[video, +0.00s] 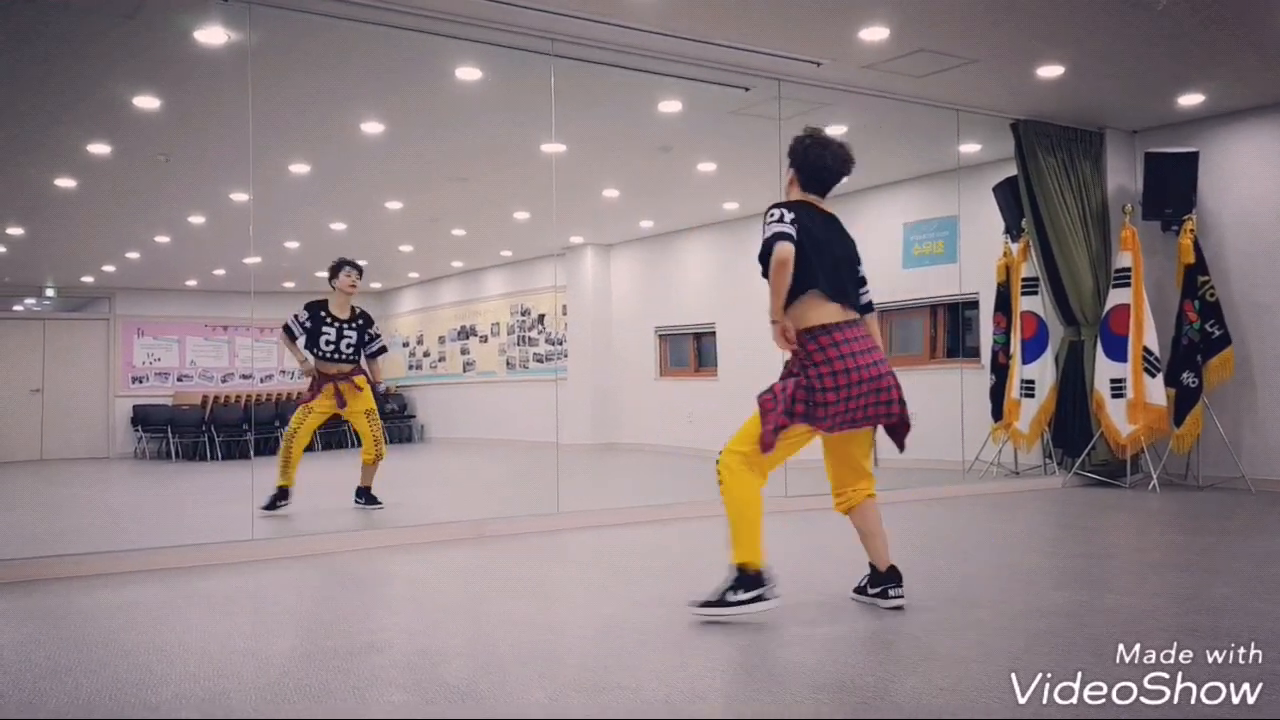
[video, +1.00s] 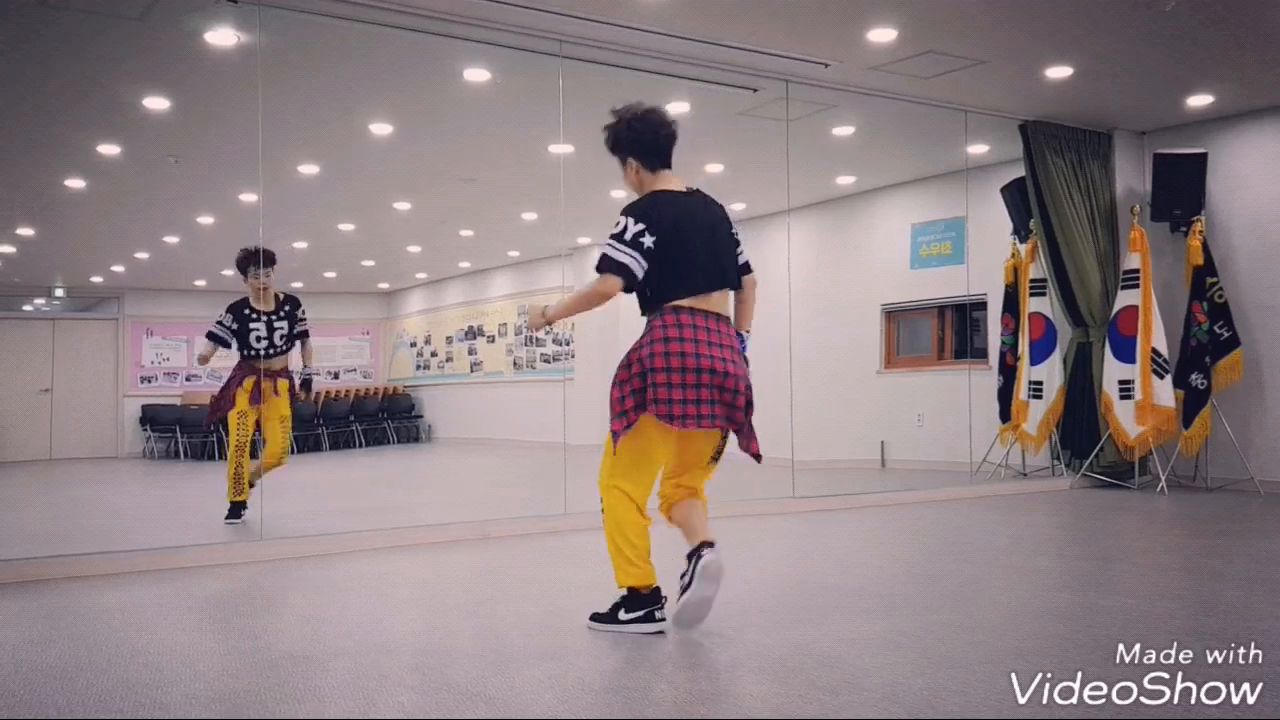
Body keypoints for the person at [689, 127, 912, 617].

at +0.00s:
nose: (784, 177)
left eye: (785, 170)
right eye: (789, 171)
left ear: (792, 175)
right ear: (832, 184)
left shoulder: (783, 214)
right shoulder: (840, 231)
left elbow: (783, 257)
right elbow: (866, 308)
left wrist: (777, 315)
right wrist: (877, 368)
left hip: (824, 370)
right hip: (863, 365)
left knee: (737, 461)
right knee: (854, 484)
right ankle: (885, 575)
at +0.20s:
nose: (736, 155)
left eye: (738, 148)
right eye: (739, 147)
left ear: (746, 153)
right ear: (785, 160)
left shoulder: (735, 196)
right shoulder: (799, 213)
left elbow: (709, 255)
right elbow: (835, 278)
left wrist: (678, 287)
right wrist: (832, 343)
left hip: (755, 342)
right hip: (801, 342)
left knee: (717, 472)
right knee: (823, 461)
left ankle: (670, 589)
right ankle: (870, 568)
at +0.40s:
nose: (691, 136)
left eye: (692, 128)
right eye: (694, 128)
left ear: (699, 133)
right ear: (746, 139)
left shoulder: (673, 185)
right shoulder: (764, 193)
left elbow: (630, 250)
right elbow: (812, 253)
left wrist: (590, 313)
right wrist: (786, 312)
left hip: (695, 333)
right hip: (754, 334)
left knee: (673, 470)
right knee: (750, 467)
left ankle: (662, 592)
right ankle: (760, 574)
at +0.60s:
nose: (662, 140)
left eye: (664, 132)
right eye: (667, 132)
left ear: (672, 138)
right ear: (715, 143)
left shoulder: (656, 190)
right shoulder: (743, 195)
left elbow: (627, 253)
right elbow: (791, 249)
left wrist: (596, 313)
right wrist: (760, 303)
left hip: (669, 337)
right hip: (729, 343)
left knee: (623, 459)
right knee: (697, 472)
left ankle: (644, 579)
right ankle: (687, 597)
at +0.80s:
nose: (644, 149)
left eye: (645, 140)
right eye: (647, 140)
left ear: (654, 145)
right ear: (699, 147)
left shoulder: (650, 200)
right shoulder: (723, 205)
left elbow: (664, 271)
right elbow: (763, 273)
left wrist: (615, 298)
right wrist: (755, 334)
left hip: (663, 346)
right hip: (718, 348)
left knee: (595, 459)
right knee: (704, 488)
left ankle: (625, 570)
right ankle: (691, 611)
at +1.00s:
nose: (623, 177)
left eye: (621, 166)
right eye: (621, 166)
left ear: (632, 164)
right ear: (670, 154)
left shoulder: (641, 213)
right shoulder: (714, 209)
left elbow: (607, 286)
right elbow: (746, 280)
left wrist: (552, 314)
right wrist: (736, 344)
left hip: (667, 347)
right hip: (723, 352)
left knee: (622, 482)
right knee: (683, 485)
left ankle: (641, 595)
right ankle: (702, 548)